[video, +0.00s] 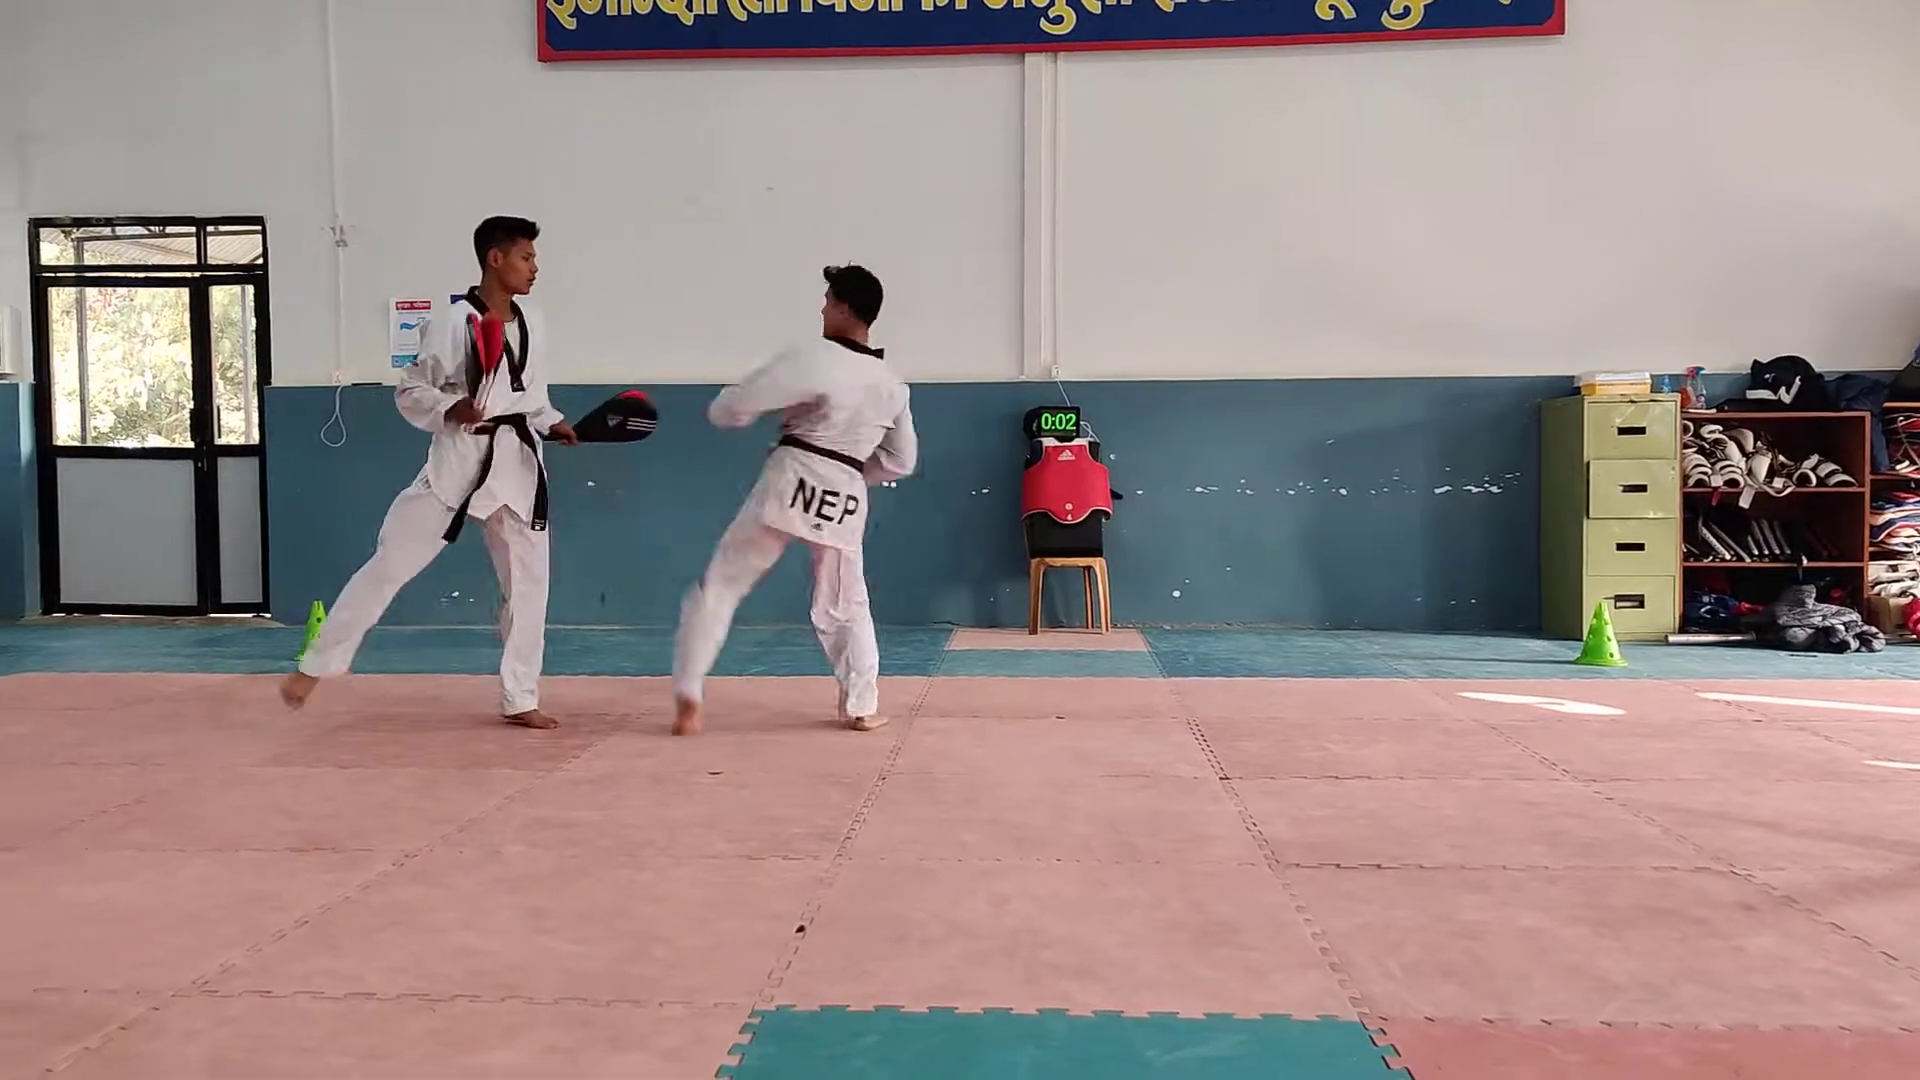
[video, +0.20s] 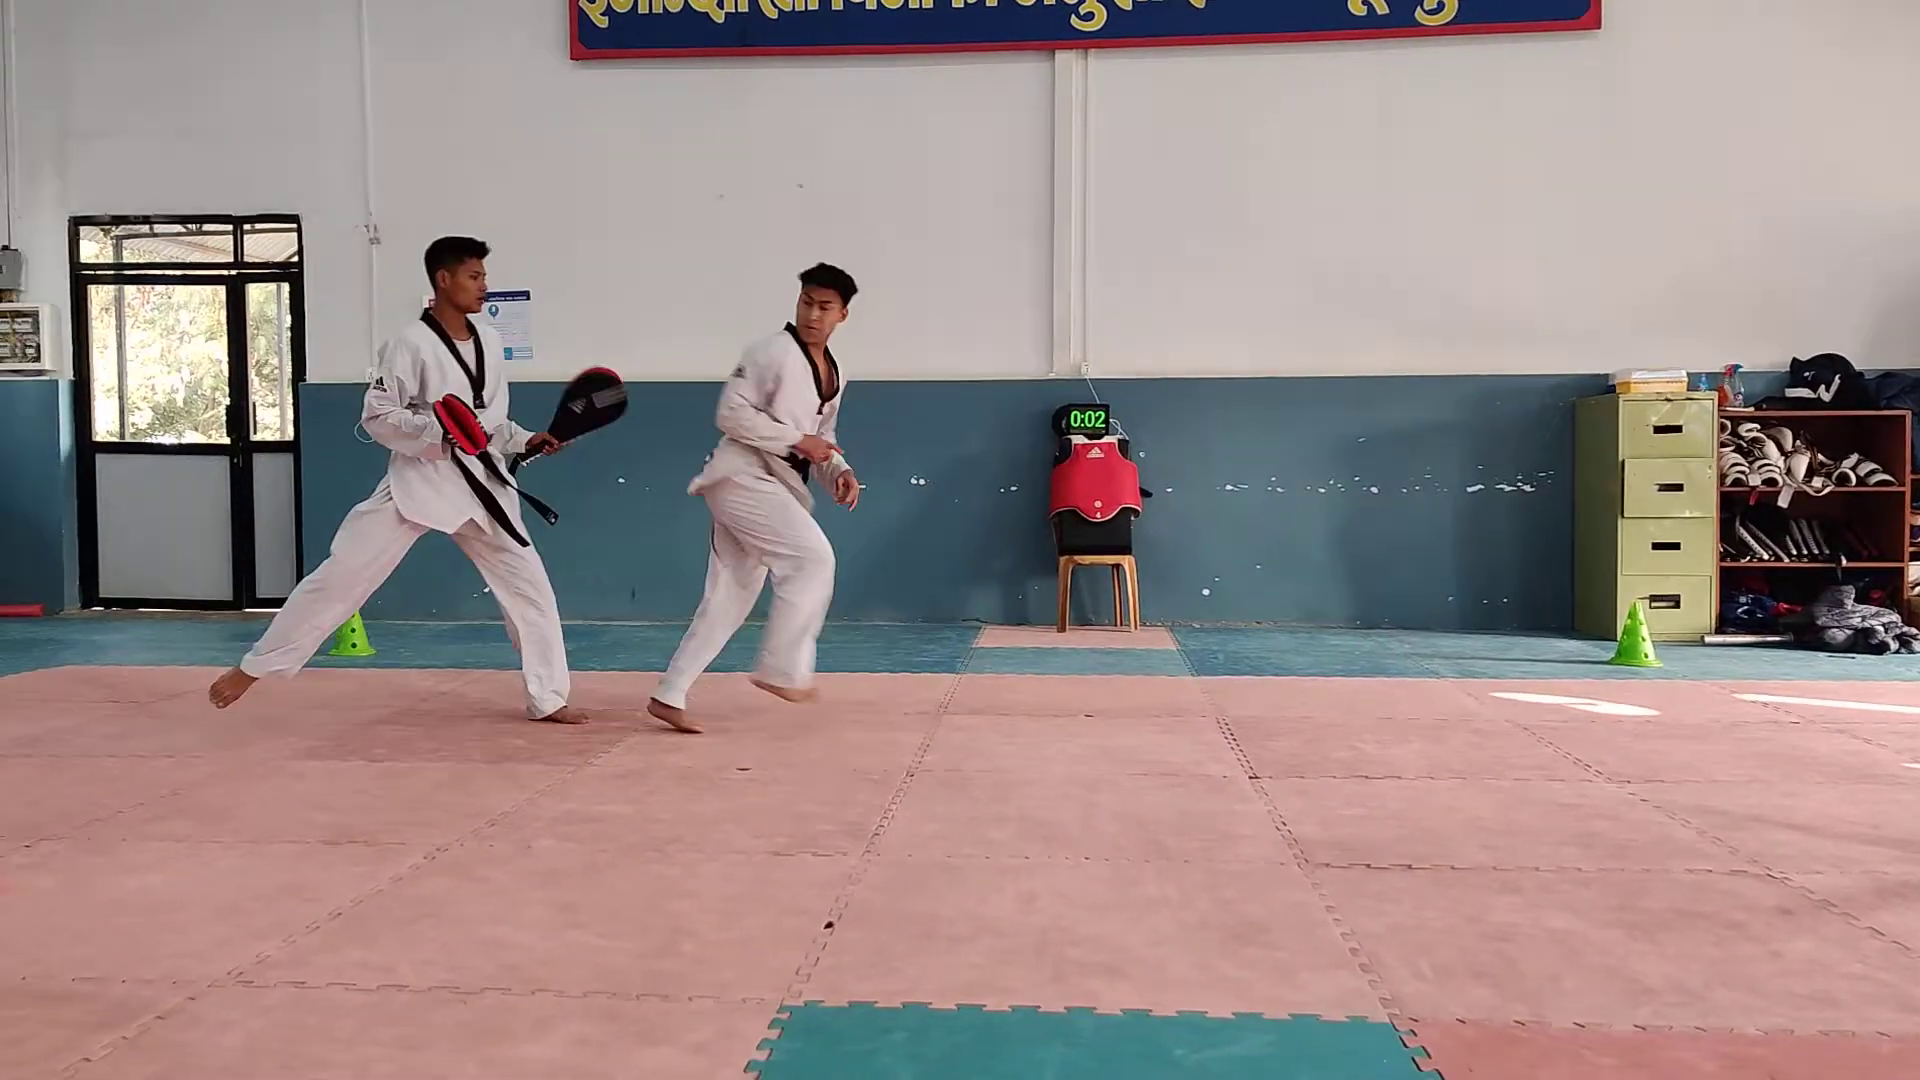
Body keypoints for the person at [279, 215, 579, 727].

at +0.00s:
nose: (535, 267)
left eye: (534, 258)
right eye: (526, 258)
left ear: (510, 262)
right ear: (496, 259)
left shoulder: (529, 323)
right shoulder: (452, 319)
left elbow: (529, 392)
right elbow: (411, 393)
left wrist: (553, 421)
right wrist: (449, 409)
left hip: (516, 462)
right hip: (456, 461)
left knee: (529, 579)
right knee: (392, 564)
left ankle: (520, 700)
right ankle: (316, 664)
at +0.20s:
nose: (484, 284)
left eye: (485, 275)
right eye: (474, 275)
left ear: (473, 280)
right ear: (442, 281)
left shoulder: (488, 341)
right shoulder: (410, 342)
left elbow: (493, 422)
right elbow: (377, 417)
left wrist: (527, 442)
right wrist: (438, 430)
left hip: (482, 482)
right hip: (418, 481)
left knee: (530, 586)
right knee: (341, 577)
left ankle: (549, 700)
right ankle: (254, 666)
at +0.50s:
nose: (420, 293)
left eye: (420, 284)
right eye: (410, 285)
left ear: (403, 290)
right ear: (378, 287)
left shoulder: (429, 347)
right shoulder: (342, 358)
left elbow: (442, 429)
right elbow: (368, 435)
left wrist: (477, 435)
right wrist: (447, 430)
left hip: (427, 482)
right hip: (364, 483)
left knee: (471, 583)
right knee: (335, 590)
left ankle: (493, 701)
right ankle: (315, 703)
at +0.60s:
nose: (435, 289)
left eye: (435, 280)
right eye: (425, 281)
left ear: (422, 287)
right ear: (393, 286)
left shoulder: (448, 344)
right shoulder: (359, 351)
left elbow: (473, 415)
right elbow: (395, 421)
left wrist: (511, 431)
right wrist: (480, 426)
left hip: (436, 474)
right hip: (370, 477)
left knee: (468, 584)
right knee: (353, 591)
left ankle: (490, 703)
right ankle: (338, 704)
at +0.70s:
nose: (440, 299)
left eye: (440, 290)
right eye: (430, 290)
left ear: (431, 295)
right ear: (398, 292)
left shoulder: (453, 353)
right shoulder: (363, 356)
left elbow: (488, 416)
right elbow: (403, 419)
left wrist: (527, 442)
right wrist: (492, 435)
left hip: (439, 478)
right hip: (374, 480)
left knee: (475, 584)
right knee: (359, 593)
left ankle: (488, 696)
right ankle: (347, 704)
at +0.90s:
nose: (476, 303)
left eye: (476, 294)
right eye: (467, 295)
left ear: (455, 299)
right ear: (438, 297)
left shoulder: (472, 353)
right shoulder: (397, 364)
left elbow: (480, 429)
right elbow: (399, 444)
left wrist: (505, 471)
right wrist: (464, 477)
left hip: (468, 486)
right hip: (411, 489)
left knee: (518, 578)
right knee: (386, 598)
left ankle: (521, 693)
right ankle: (364, 707)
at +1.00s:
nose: (506, 313)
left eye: (506, 304)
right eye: (498, 304)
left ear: (479, 307)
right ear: (468, 305)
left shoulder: (496, 363)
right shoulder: (424, 368)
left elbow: (498, 439)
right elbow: (414, 442)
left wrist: (511, 483)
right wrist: (476, 486)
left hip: (485, 492)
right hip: (426, 495)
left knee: (537, 585)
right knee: (398, 601)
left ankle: (583, 691)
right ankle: (370, 707)